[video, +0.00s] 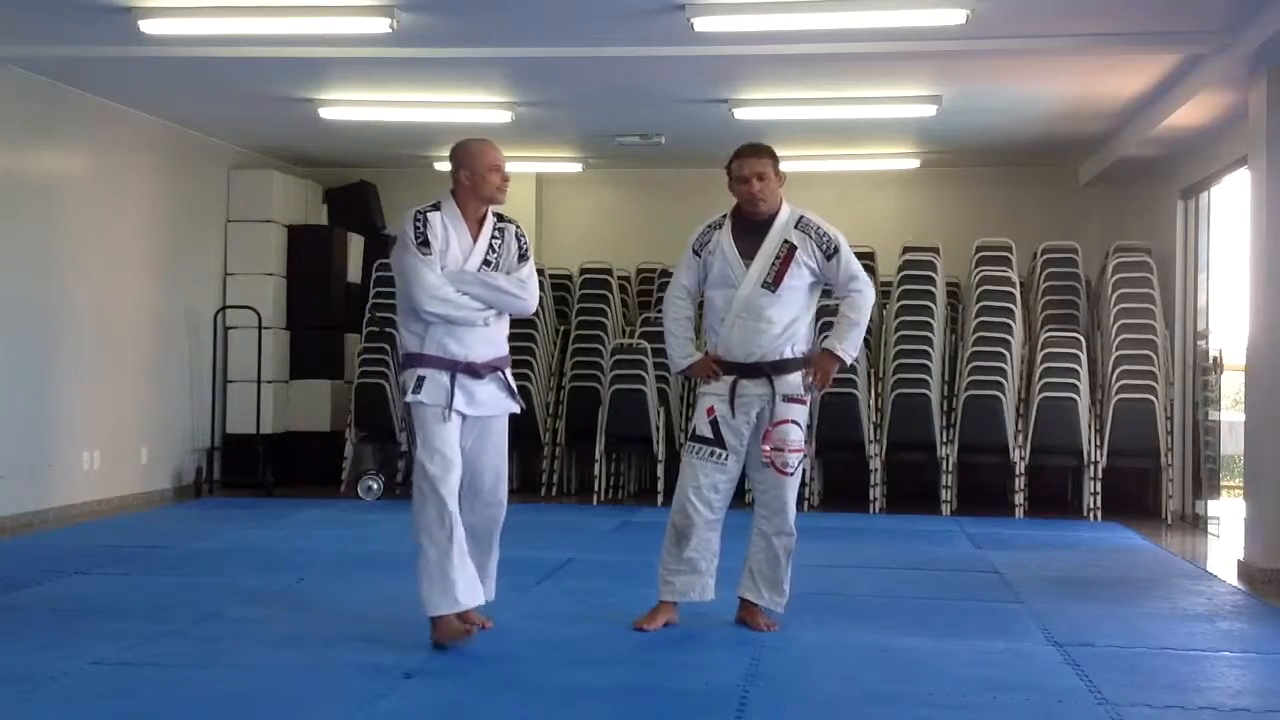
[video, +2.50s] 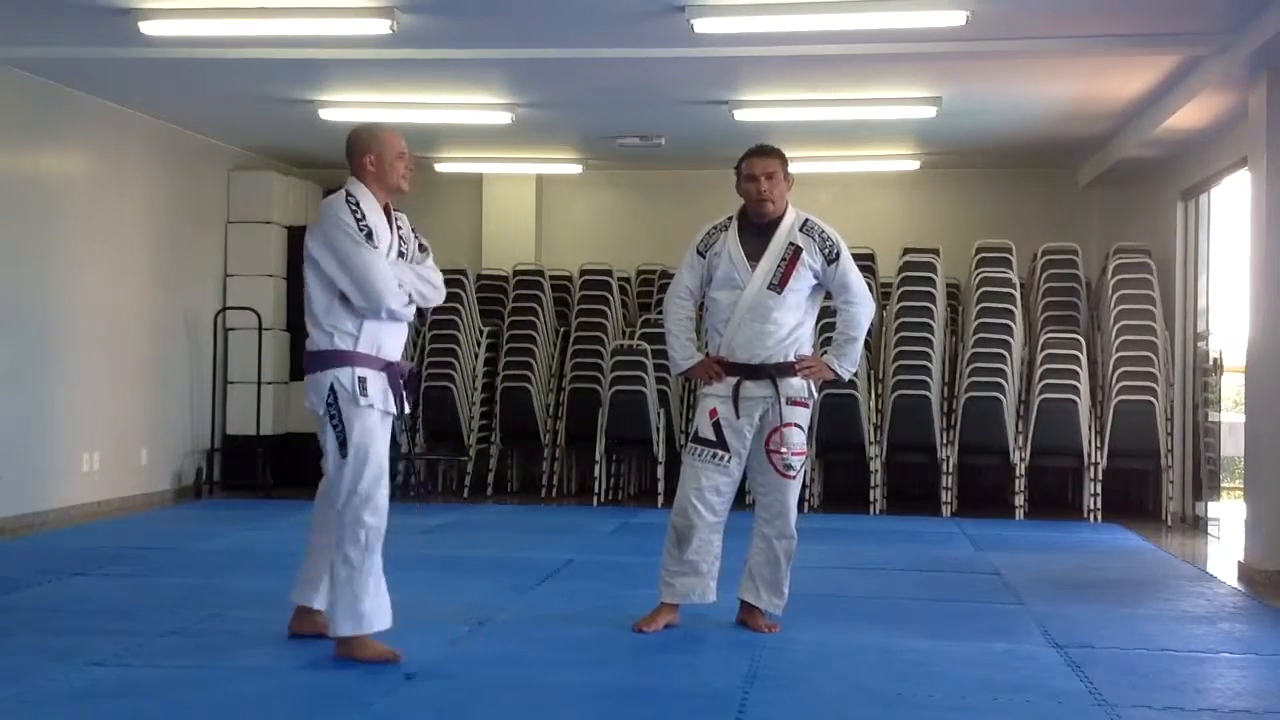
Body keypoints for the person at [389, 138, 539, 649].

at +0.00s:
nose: (506, 178)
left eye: (505, 170)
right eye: (495, 171)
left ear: (497, 177)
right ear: (462, 177)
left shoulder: (508, 232)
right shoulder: (424, 223)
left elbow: (529, 297)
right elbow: (426, 298)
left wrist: (453, 275)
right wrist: (493, 306)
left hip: (489, 376)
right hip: (433, 373)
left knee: (487, 491)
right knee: (440, 486)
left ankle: (468, 600)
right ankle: (443, 611)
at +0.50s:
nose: (492, 170)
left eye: (491, 161)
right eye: (482, 163)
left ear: (465, 168)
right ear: (450, 169)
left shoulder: (494, 218)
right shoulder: (409, 222)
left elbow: (528, 283)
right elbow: (443, 300)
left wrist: (458, 275)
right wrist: (496, 298)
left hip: (489, 375)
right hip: (433, 376)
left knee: (516, 487)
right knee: (436, 498)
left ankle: (433, 558)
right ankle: (439, 621)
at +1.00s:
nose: (475, 165)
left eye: (472, 157)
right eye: (466, 159)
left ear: (444, 167)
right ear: (433, 168)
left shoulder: (477, 213)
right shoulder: (398, 227)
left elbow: (521, 271)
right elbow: (446, 301)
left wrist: (457, 273)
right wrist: (494, 290)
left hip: (489, 373)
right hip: (435, 377)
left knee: (520, 482)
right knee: (444, 501)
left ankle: (420, 554)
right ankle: (449, 626)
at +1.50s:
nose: (462, 168)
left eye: (461, 159)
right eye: (455, 160)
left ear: (427, 168)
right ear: (424, 169)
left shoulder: (443, 217)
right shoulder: (396, 223)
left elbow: (471, 269)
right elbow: (441, 301)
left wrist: (488, 213)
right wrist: (491, 287)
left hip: (478, 374)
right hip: (433, 380)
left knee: (513, 480)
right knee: (443, 502)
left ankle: (404, 535)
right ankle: (446, 627)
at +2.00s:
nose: (431, 168)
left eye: (428, 158)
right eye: (420, 159)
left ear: (393, 168)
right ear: (388, 168)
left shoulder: (413, 219)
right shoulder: (359, 220)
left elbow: (469, 266)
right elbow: (413, 299)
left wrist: (432, 274)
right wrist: (448, 295)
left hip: (414, 376)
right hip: (382, 378)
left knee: (385, 497)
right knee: (414, 501)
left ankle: (322, 600)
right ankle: (440, 624)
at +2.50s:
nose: (411, 165)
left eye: (409, 157)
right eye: (402, 156)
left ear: (377, 165)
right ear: (369, 164)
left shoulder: (395, 223)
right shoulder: (341, 212)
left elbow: (435, 288)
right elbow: (380, 294)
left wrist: (387, 269)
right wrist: (418, 290)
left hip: (379, 374)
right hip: (347, 373)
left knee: (342, 493)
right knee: (364, 501)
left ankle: (309, 609)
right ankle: (356, 633)